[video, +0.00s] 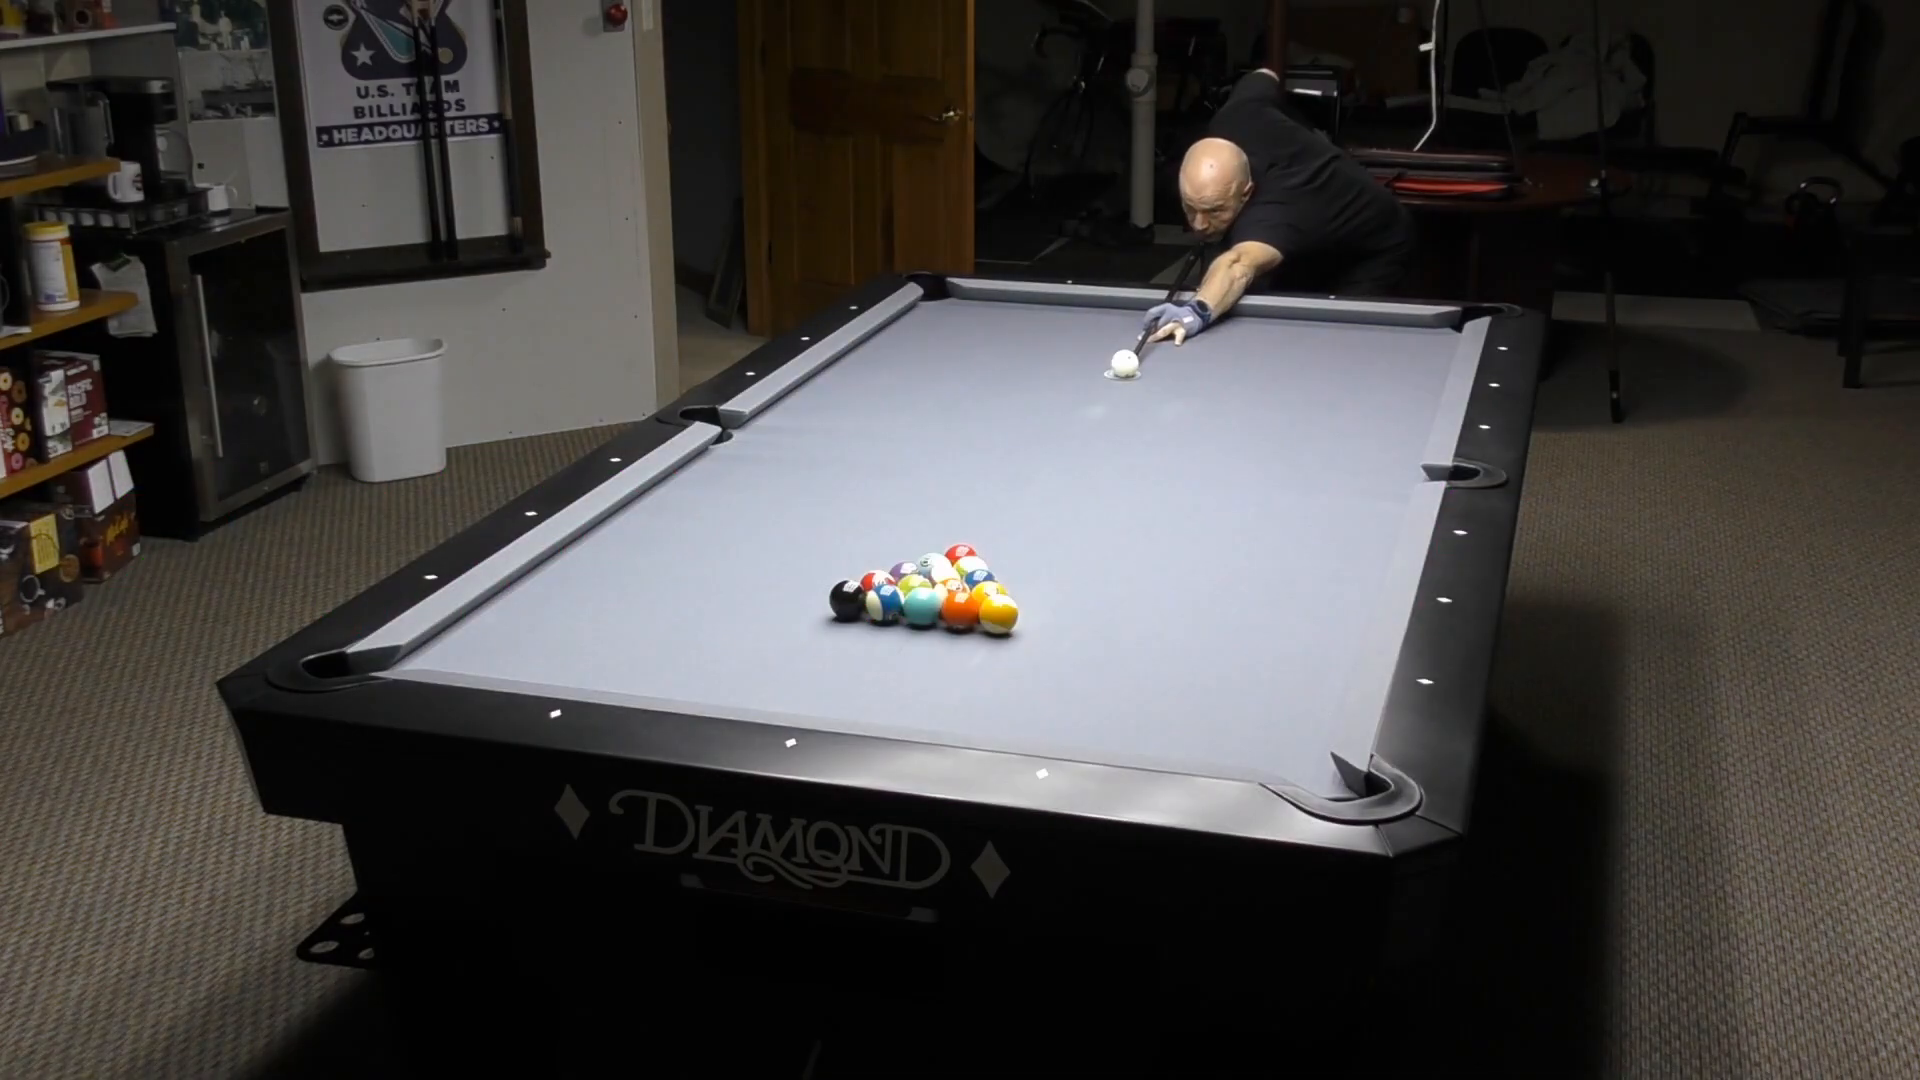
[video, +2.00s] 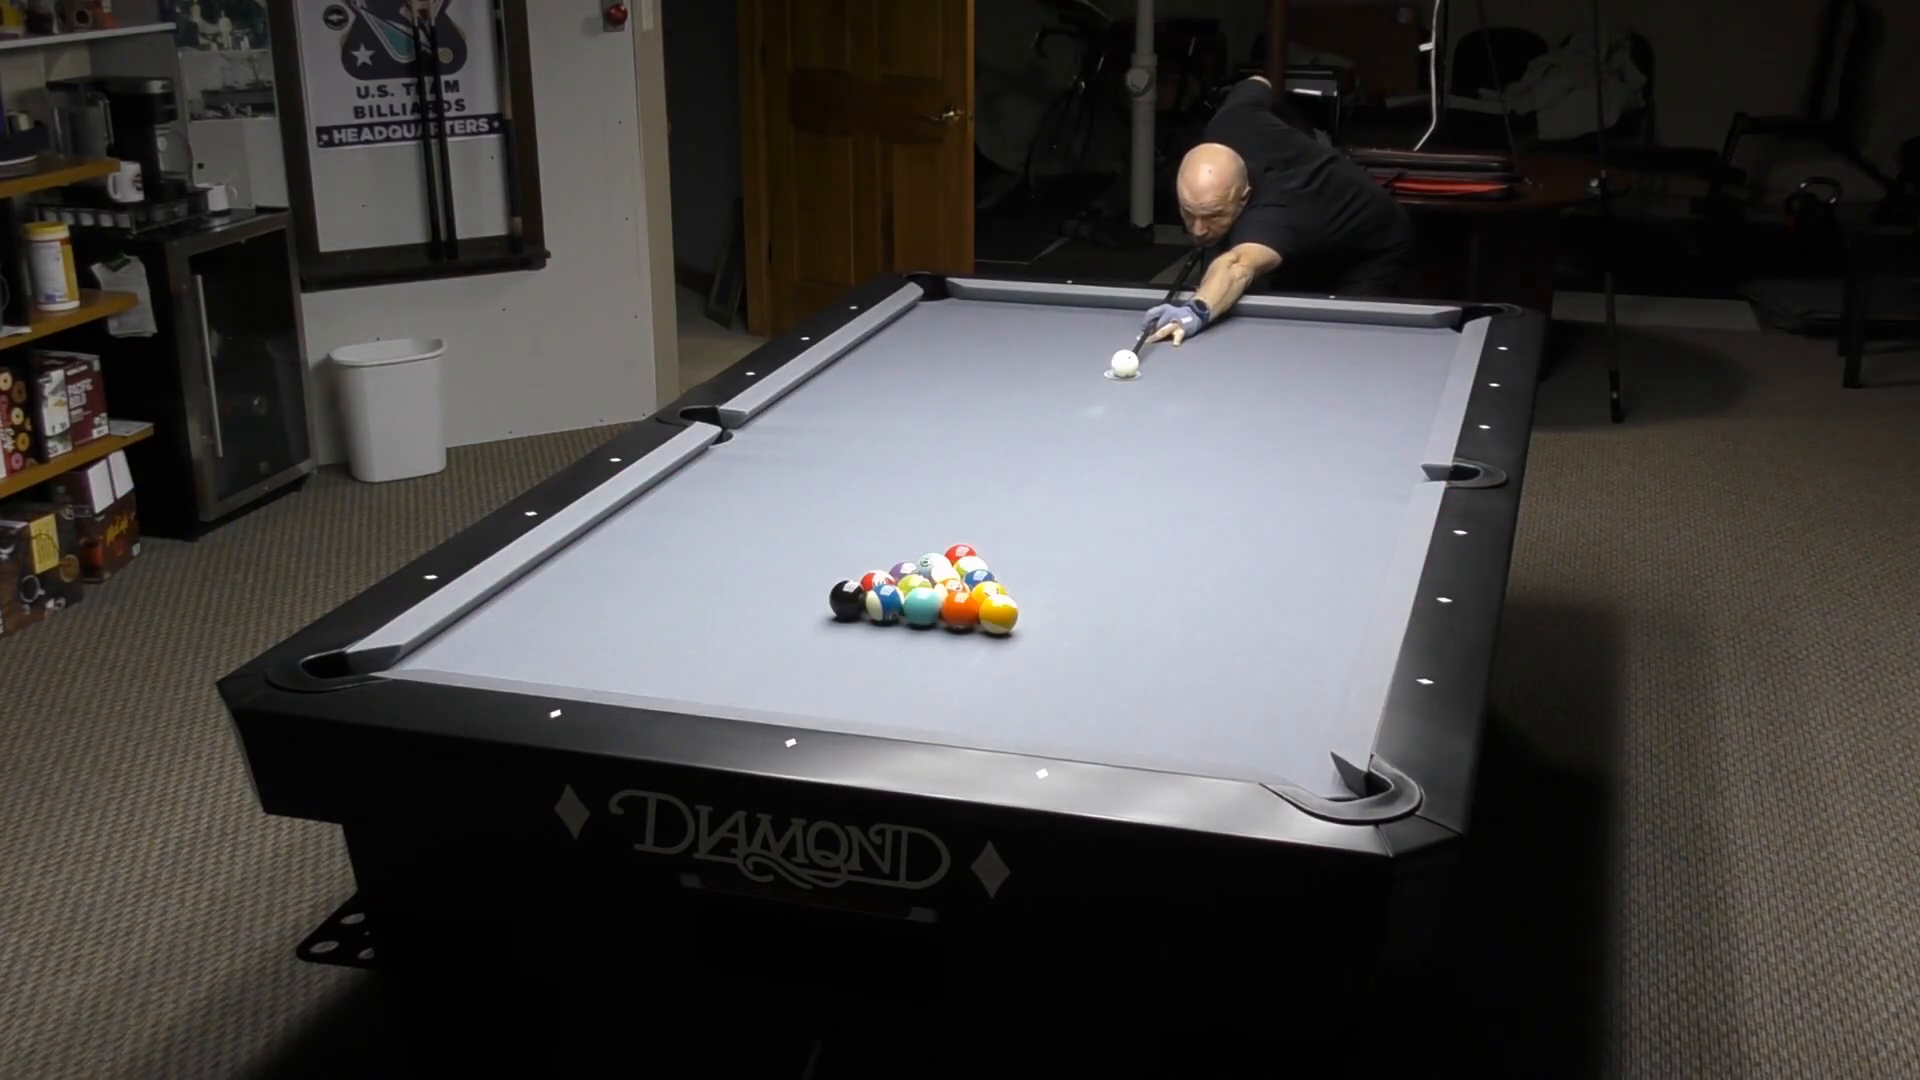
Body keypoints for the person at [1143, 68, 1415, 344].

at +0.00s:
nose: (1199, 225)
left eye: (1214, 212)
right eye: (1190, 209)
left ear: (1246, 190)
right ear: (1182, 181)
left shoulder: (1274, 216)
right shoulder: (1238, 115)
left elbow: (1238, 267)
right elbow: (1266, 74)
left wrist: (1196, 312)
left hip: (1380, 240)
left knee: (1340, 337)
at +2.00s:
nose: (1199, 231)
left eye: (1213, 217)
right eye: (1189, 215)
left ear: (1243, 195)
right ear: (1179, 188)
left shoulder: (1273, 216)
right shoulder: (1232, 121)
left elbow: (1238, 265)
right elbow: (1259, 81)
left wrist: (1195, 310)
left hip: (1378, 243)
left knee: (1339, 339)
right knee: (1280, 330)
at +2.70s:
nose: (1198, 221)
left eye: (1212, 207)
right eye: (1187, 205)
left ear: (1241, 184)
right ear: (1177, 181)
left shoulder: (1274, 196)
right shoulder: (1228, 113)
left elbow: (1258, 267)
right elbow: (1256, 78)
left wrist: (1198, 314)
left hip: (1373, 244)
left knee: (1338, 343)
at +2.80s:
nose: (1222, 174)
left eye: (1237, 161)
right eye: (1210, 159)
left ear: (1266, 138)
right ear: (1204, 127)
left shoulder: (1298, 170)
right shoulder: (1240, 78)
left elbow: (1277, 276)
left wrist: (1211, 316)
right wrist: (1221, 183)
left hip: (1363, 238)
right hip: (1295, 228)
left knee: (1342, 341)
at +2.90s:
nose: (1254, 94)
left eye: (1272, 80)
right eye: (1246, 74)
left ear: (1303, 72)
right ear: (1236, 60)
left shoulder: (1322, 129)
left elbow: (1291, 249)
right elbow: (1238, 106)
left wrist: (1214, 293)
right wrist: (1234, 162)